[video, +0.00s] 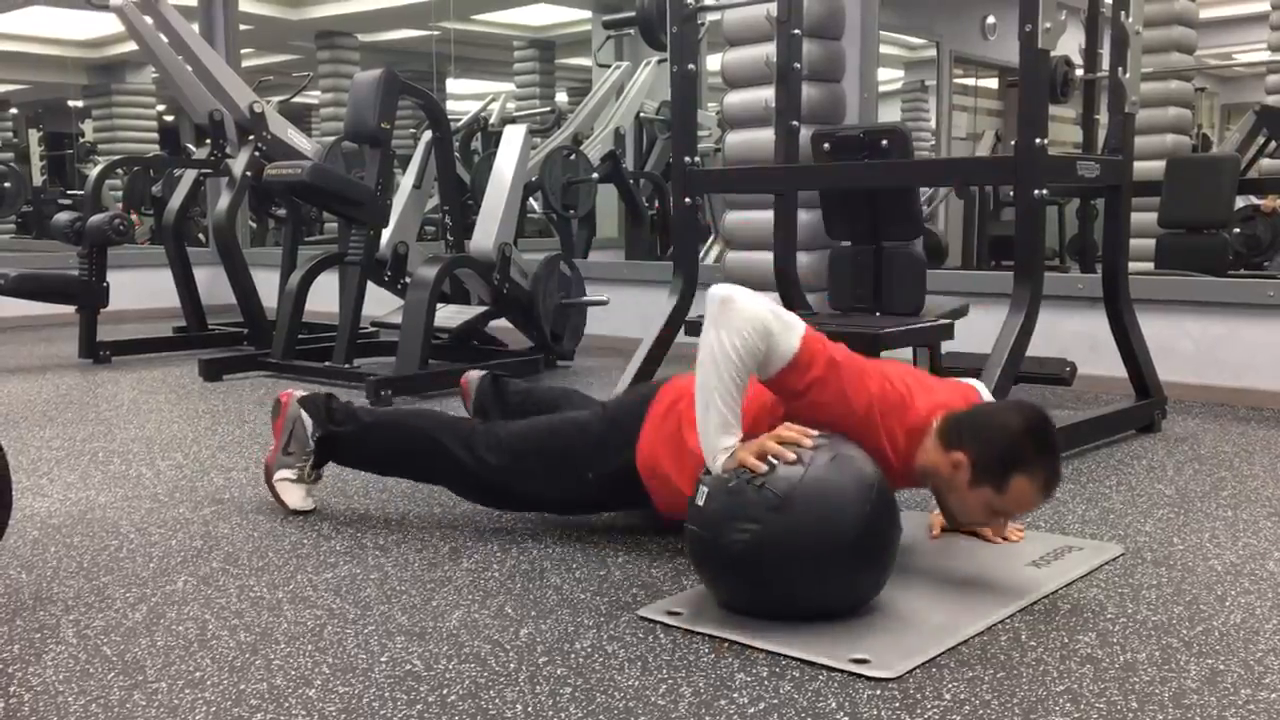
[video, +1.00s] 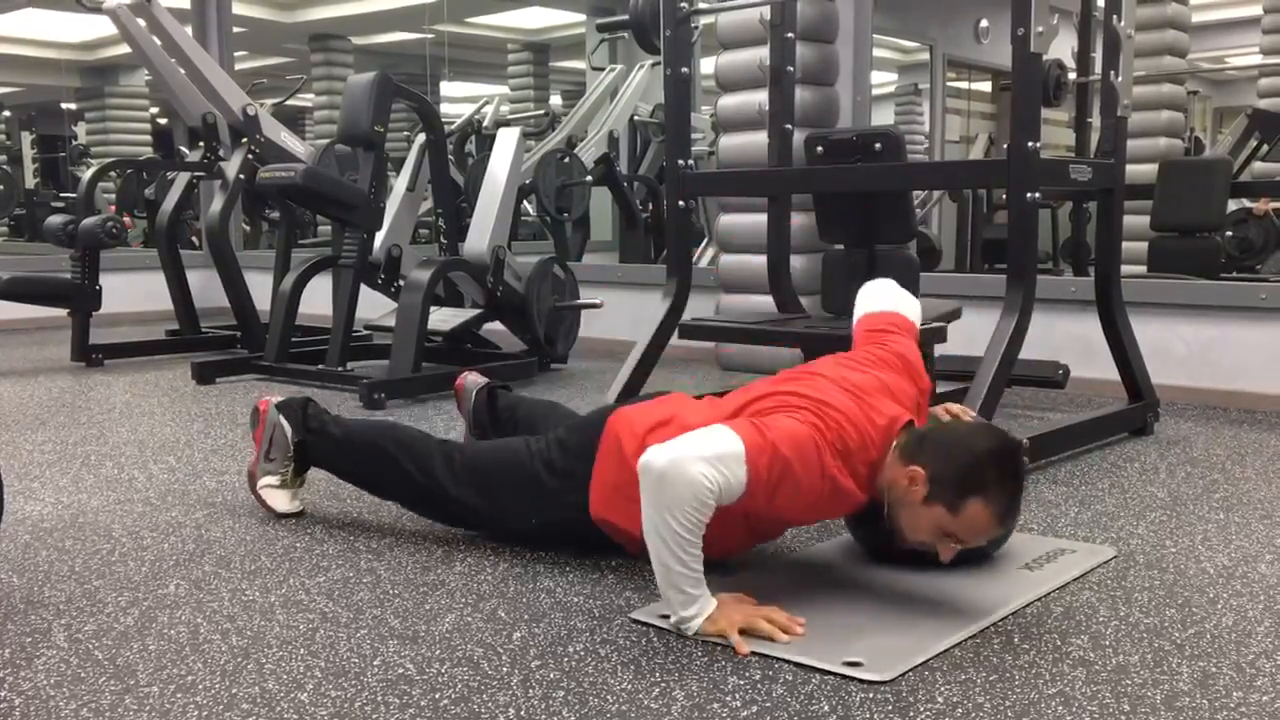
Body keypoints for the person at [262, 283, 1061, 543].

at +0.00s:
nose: (995, 525)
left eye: (1010, 519)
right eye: (991, 512)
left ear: (970, 460)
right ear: (947, 459)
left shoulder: (959, 418)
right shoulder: (867, 401)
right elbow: (732, 308)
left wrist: (954, 509)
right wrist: (725, 442)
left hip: (692, 452)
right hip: (657, 437)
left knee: (579, 422)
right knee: (488, 462)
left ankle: (483, 381)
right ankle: (319, 420)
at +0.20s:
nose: (993, 471)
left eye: (1011, 464)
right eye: (995, 452)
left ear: (984, 416)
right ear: (958, 403)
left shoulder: (933, 388)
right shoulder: (865, 373)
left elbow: (940, 429)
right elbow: (709, 308)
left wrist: (950, 500)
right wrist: (724, 448)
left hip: (695, 415)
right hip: (655, 399)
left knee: (554, 419)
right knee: (488, 443)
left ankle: (469, 388)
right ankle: (316, 424)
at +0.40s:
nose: (967, 306)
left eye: (981, 292)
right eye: (961, 284)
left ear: (970, 273)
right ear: (912, 242)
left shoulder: (918, 300)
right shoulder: (817, 242)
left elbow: (935, 394)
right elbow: (672, 331)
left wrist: (944, 496)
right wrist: (780, 412)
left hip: (657, 356)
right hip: (609, 307)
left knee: (525, 386)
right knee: (460, 382)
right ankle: (301, 421)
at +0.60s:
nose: (926, 244)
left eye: (938, 231)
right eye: (924, 223)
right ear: (881, 178)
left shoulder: (879, 196)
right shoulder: (781, 203)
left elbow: (918, 280)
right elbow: (676, 337)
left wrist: (955, 367)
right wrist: (794, 390)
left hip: (642, 317)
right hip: (586, 305)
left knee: (524, 376)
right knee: (445, 388)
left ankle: (478, 419)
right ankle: (291, 426)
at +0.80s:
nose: (951, 444)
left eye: (969, 431)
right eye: (954, 425)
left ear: (948, 362)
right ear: (919, 382)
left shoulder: (902, 313)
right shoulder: (808, 369)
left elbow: (889, 273)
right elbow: (673, 457)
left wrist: (863, 385)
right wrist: (698, 603)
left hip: (646, 340)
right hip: (595, 393)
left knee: (496, 400)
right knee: (442, 437)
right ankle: (290, 426)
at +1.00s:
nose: (938, 552)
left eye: (958, 548)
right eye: (944, 538)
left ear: (946, 443)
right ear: (914, 479)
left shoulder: (899, 382)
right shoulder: (811, 458)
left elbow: (883, 288)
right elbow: (674, 476)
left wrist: (890, 428)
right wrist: (693, 604)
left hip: (661, 420)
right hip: (607, 471)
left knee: (567, 429)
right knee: (451, 475)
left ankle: (489, 399)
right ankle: (298, 425)